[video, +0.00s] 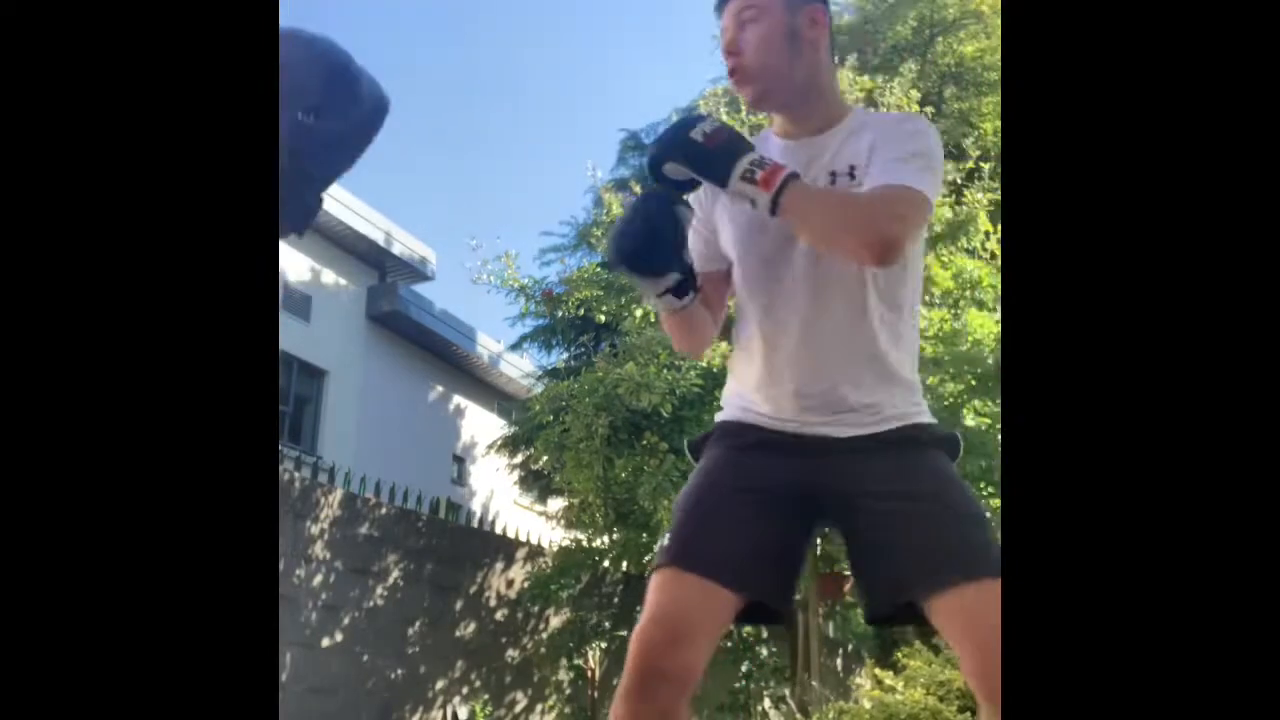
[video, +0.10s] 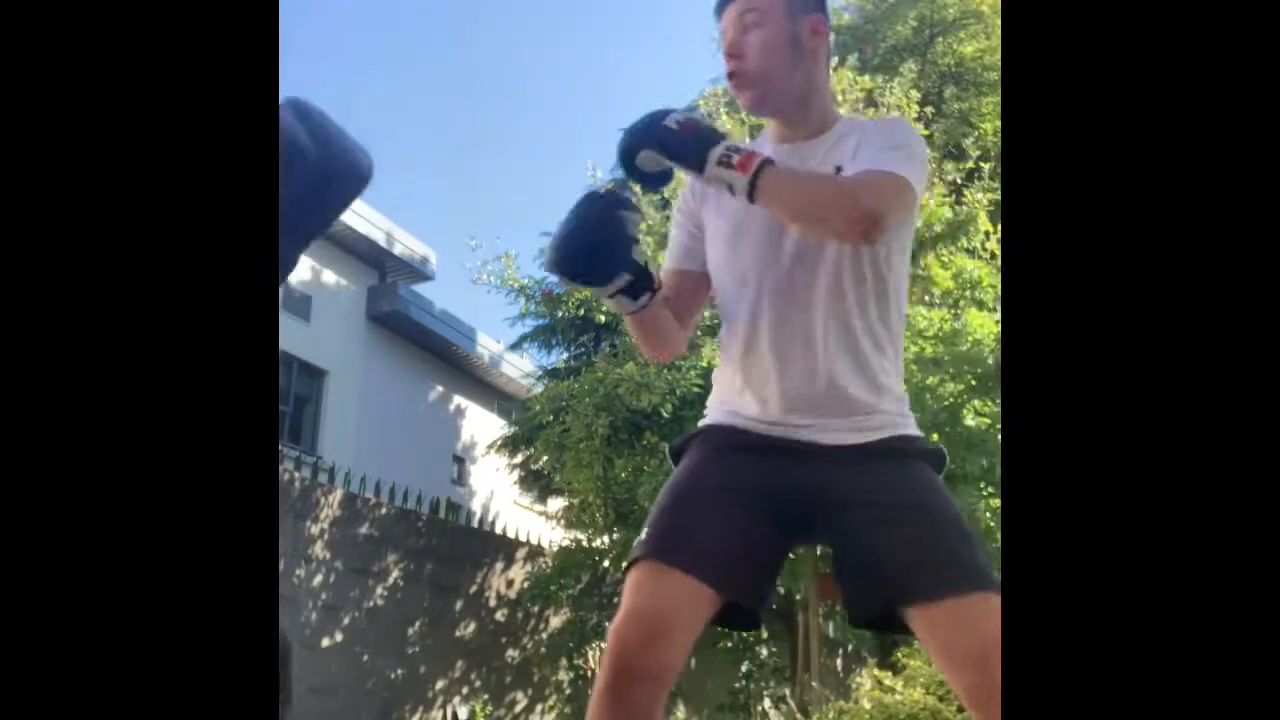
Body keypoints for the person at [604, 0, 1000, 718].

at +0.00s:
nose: (727, 51)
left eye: (745, 24)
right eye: (724, 37)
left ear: (813, 25)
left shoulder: (899, 134)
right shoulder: (722, 177)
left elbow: (882, 237)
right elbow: (695, 337)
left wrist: (744, 171)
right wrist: (664, 275)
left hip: (890, 434)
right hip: (754, 435)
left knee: (997, 662)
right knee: (656, 666)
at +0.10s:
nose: (728, 51)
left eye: (750, 25)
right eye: (724, 37)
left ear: (816, 34)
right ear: (723, 57)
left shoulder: (884, 139)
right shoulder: (707, 183)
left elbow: (861, 217)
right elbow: (668, 339)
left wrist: (717, 157)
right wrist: (627, 280)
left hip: (874, 444)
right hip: (739, 440)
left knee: (992, 676)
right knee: (633, 661)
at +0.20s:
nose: (733, 63)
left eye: (755, 37)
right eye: (726, 52)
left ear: (820, 45)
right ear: (724, 72)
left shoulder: (889, 152)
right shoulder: (703, 183)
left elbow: (875, 237)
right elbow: (655, 348)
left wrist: (740, 158)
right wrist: (646, 290)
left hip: (868, 447)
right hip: (731, 444)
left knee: (992, 660)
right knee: (624, 653)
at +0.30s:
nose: (768, 70)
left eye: (790, 42)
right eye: (759, 57)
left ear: (853, 51)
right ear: (754, 73)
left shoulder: (917, 169)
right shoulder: (729, 176)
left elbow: (909, 276)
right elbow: (685, 305)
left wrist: (782, 187)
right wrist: (684, 330)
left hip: (876, 451)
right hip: (740, 445)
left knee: (996, 659)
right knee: (631, 656)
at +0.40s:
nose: (809, 62)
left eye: (833, 37)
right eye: (802, 50)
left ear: (898, 49)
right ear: (796, 70)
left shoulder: (954, 177)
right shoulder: (767, 172)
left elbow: (951, 294)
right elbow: (713, 301)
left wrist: (822, 195)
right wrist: (714, 343)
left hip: (896, 451)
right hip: (763, 444)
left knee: (1001, 662)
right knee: (654, 670)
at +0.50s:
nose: (833, 50)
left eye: (856, 26)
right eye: (826, 38)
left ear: (919, 36)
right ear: (819, 58)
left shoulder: (976, 170)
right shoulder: (783, 158)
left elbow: (969, 283)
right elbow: (735, 284)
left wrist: (850, 189)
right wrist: (736, 303)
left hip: (910, 441)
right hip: (777, 433)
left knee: (1003, 669)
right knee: (672, 672)